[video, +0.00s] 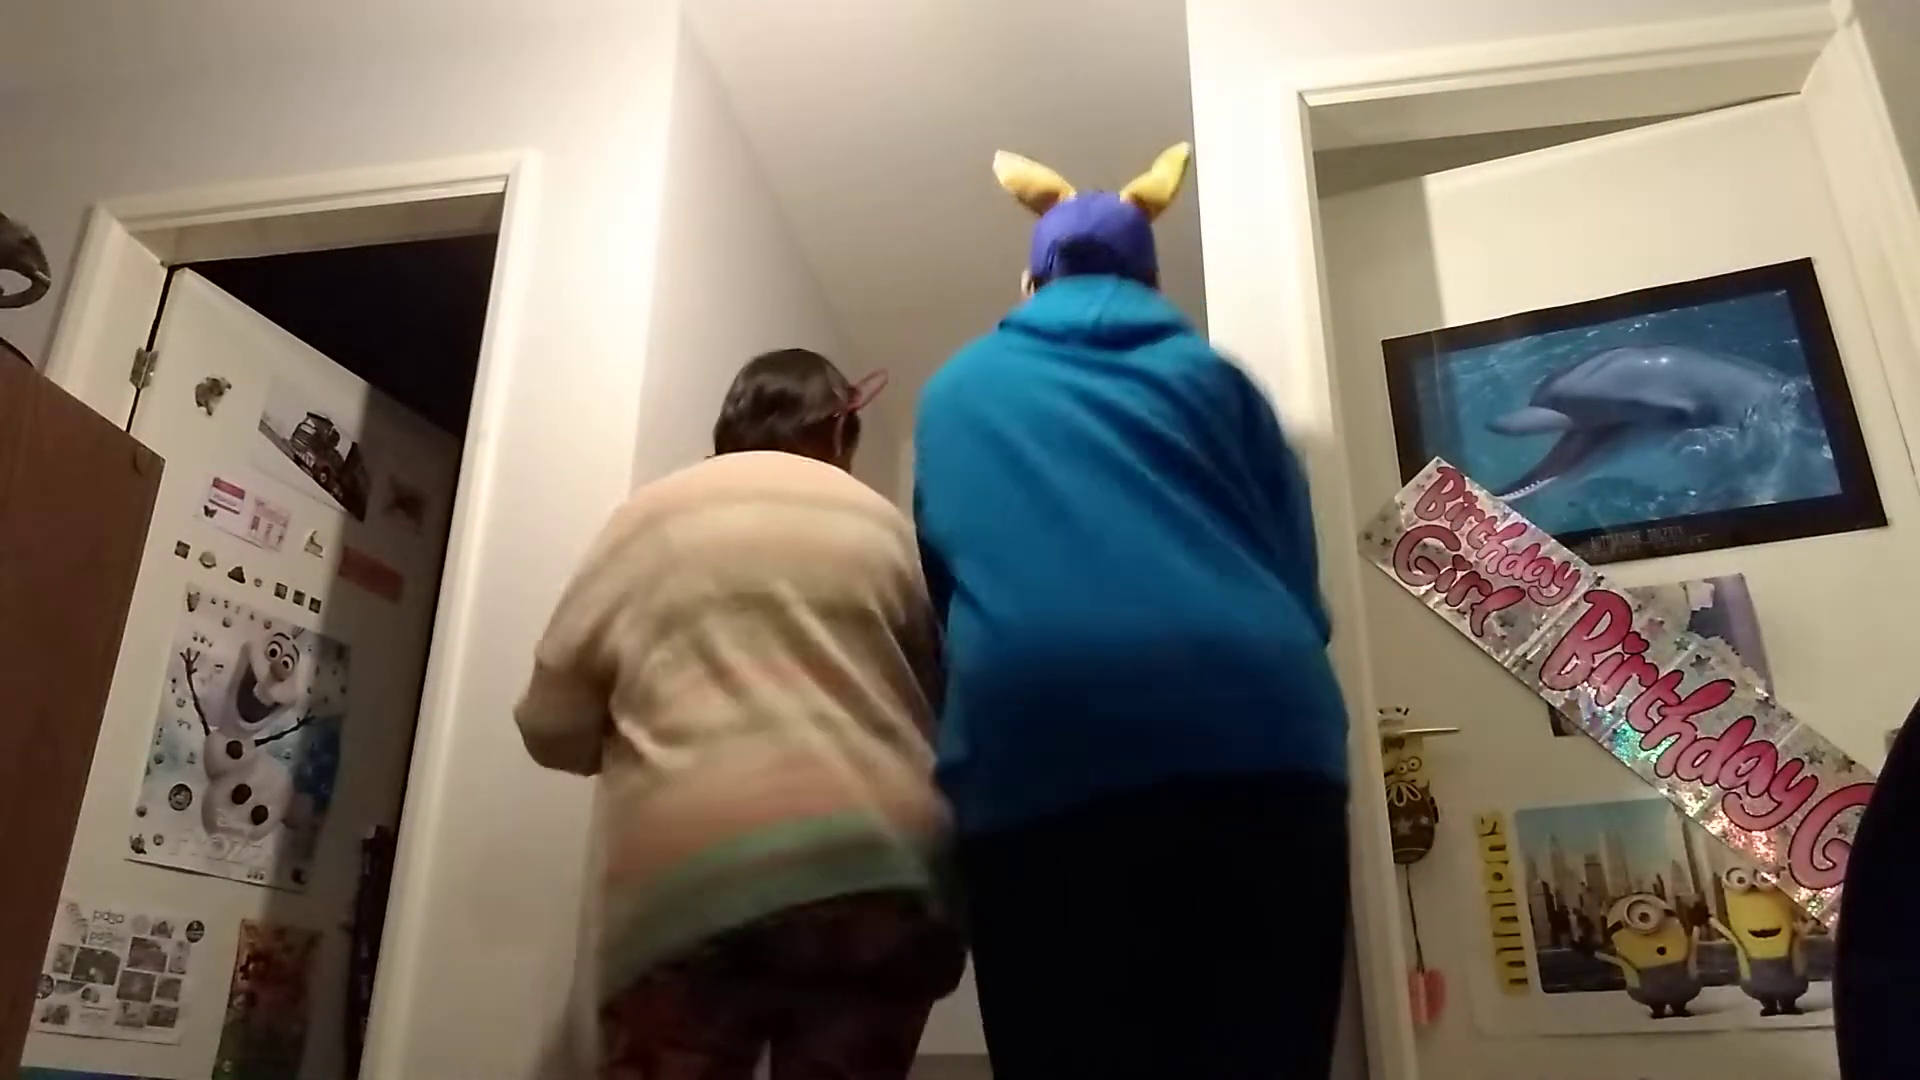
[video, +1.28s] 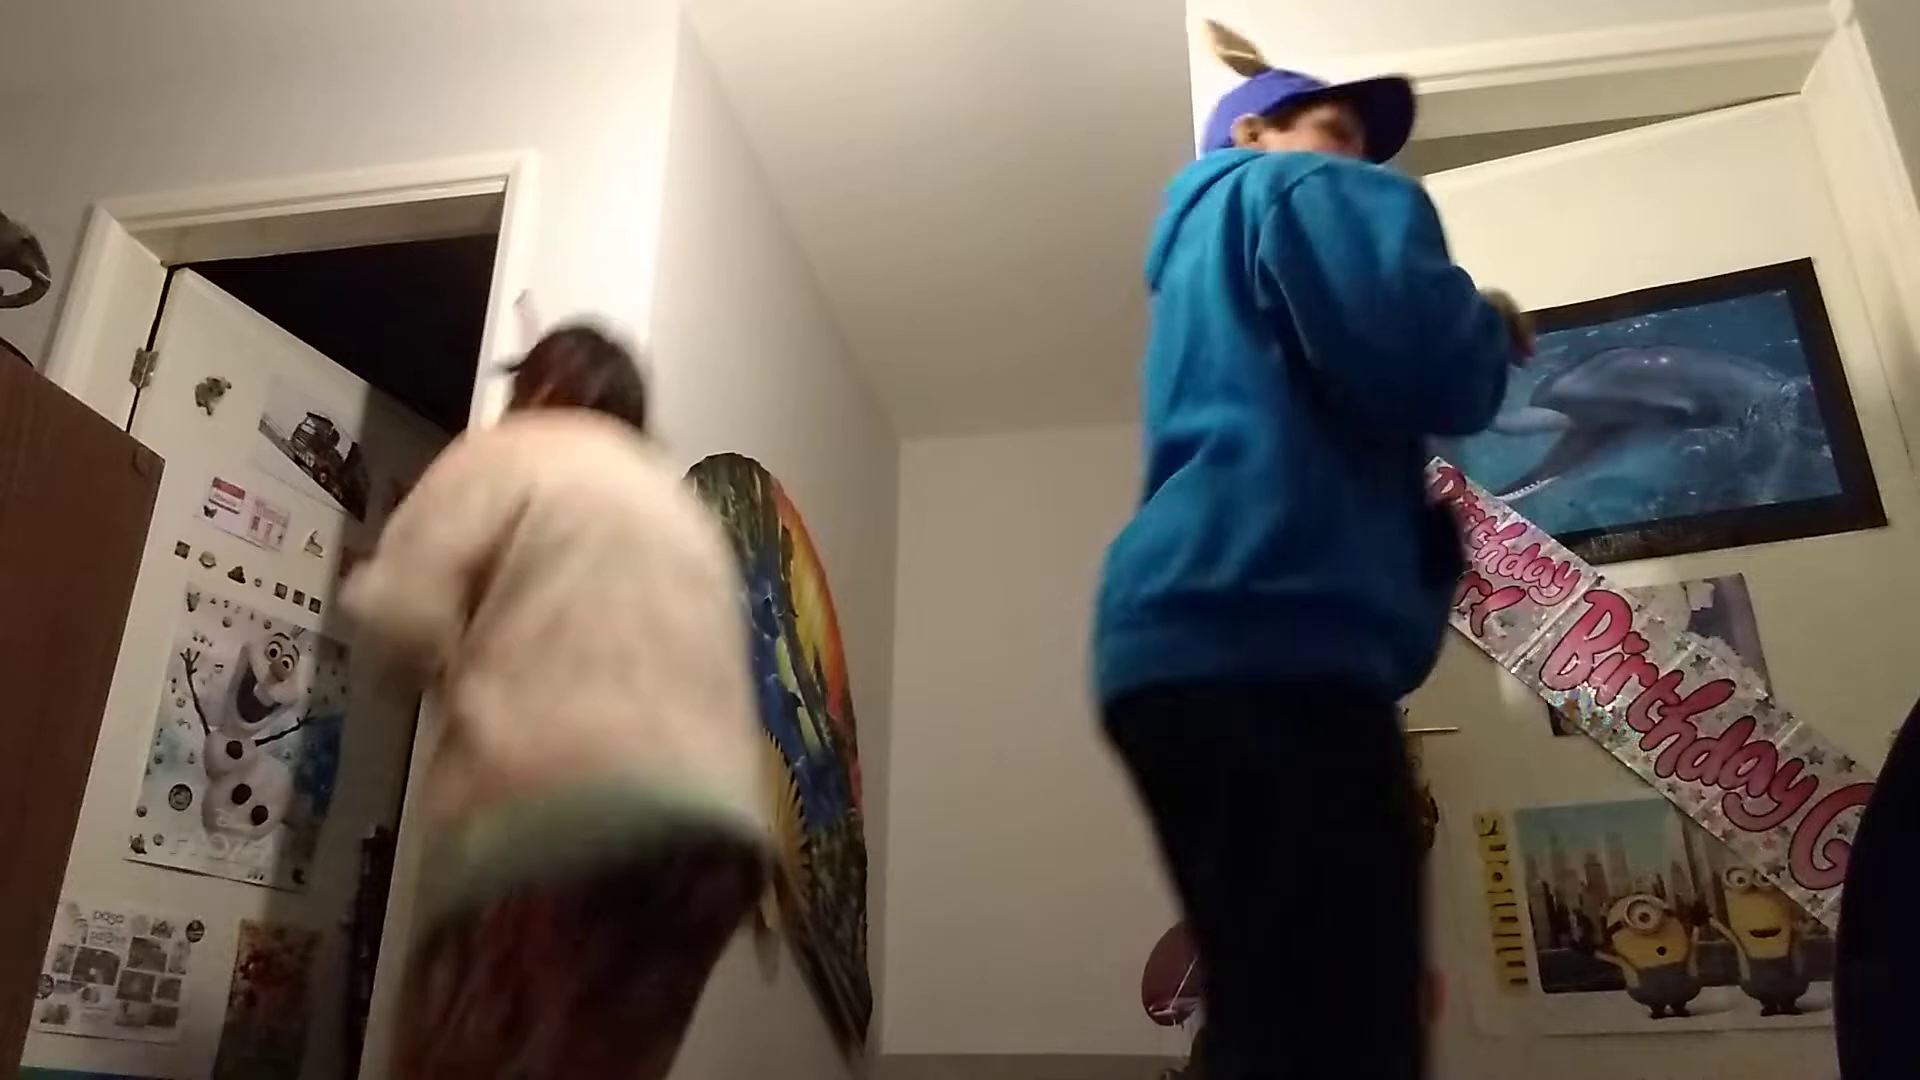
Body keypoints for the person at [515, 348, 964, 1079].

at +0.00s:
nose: (852, 450)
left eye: (850, 435)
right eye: (851, 433)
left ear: (723, 434)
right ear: (838, 431)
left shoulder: (644, 517)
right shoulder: (883, 520)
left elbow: (549, 720)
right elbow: (930, 686)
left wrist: (654, 742)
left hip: (684, 887)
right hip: (879, 866)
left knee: (670, 1065)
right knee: (849, 1065)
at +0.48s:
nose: (822, 445)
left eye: (818, 435)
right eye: (821, 435)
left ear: (698, 440)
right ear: (811, 439)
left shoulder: (637, 505)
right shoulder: (867, 512)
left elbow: (551, 712)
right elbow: (925, 662)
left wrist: (651, 760)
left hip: (664, 837)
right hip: (858, 839)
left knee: (655, 1063)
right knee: (833, 1064)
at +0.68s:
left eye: (680, 439)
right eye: (811, 454)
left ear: (686, 442)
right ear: (803, 456)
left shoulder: (630, 505)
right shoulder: (858, 531)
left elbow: (534, 682)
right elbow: (928, 720)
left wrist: (632, 737)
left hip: (662, 825)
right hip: (859, 836)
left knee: (649, 1063)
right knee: (818, 1062)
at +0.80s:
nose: (668, 475)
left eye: (671, 467)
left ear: (678, 471)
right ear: (791, 485)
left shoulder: (618, 526)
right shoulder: (844, 560)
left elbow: (520, 689)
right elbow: (912, 758)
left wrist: (608, 756)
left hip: (656, 872)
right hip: (853, 883)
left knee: (640, 1063)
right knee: (813, 1065)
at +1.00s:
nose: (633, 432)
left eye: (639, 423)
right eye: (639, 426)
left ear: (652, 420)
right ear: (750, 439)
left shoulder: (590, 485)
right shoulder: (790, 526)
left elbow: (483, 631)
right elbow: (831, 686)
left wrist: (556, 690)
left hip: (610, 843)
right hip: (793, 842)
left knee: (602, 1057)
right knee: (766, 1059)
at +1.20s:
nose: (557, 358)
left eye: (566, 347)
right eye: (563, 348)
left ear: (591, 341)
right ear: (672, 365)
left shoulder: (552, 399)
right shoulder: (722, 459)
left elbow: (429, 549)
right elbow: (764, 619)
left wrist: (488, 594)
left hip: (578, 754)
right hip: (751, 775)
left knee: (515, 1032)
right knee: (660, 1046)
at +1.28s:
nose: (513, 401)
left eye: (522, 387)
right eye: (521, 387)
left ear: (544, 383)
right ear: (636, 407)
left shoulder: (510, 447)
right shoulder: (690, 507)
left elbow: (394, 610)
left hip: (549, 811)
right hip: (717, 824)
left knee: (469, 1054)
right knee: (621, 1062)